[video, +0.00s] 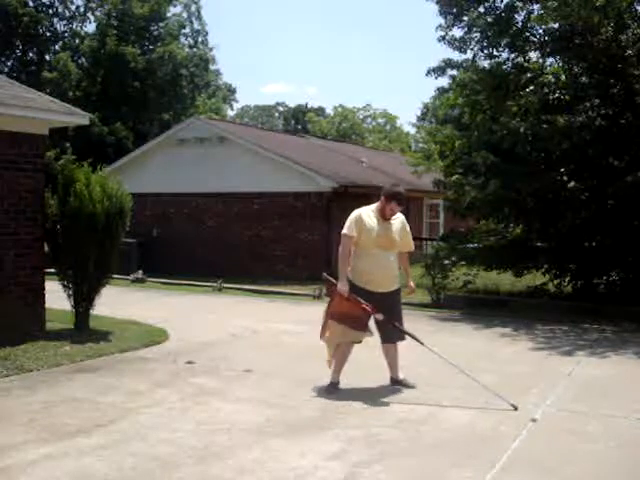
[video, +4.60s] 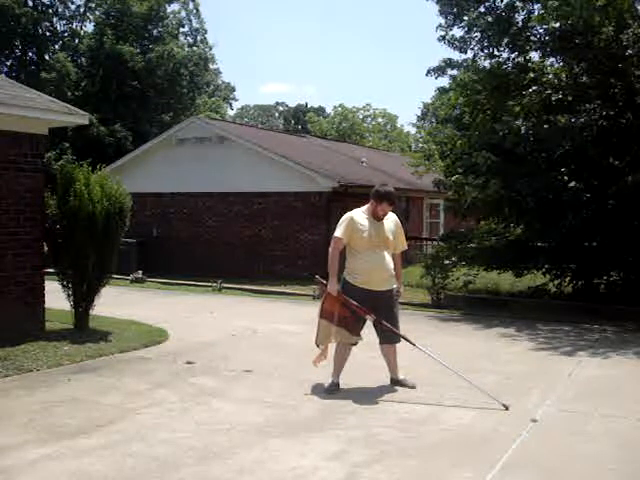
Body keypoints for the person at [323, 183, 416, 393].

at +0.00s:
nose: (394, 211)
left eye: (398, 208)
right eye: (392, 206)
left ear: (400, 207)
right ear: (383, 200)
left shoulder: (400, 222)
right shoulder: (360, 217)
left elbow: (403, 254)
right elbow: (345, 248)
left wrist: (409, 279)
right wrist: (342, 279)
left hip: (389, 291)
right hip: (359, 288)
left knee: (390, 337)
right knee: (348, 335)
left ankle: (395, 377)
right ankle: (334, 379)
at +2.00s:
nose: (384, 211)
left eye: (387, 207)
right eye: (381, 206)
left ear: (389, 205)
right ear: (372, 200)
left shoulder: (391, 219)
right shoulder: (351, 218)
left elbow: (395, 253)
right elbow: (339, 250)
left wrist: (395, 279)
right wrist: (335, 281)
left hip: (385, 289)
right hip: (355, 288)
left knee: (389, 336)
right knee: (347, 335)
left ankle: (395, 376)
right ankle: (334, 380)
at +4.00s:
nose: (384, 211)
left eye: (388, 208)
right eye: (381, 206)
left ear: (391, 206)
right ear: (371, 201)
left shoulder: (393, 220)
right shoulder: (352, 219)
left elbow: (397, 253)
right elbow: (334, 247)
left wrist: (399, 280)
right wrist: (333, 278)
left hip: (385, 290)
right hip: (355, 288)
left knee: (390, 337)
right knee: (346, 335)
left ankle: (395, 377)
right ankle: (334, 380)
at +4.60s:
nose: (385, 212)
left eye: (389, 209)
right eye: (383, 208)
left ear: (391, 207)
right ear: (373, 202)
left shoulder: (392, 221)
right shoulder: (352, 219)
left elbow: (397, 255)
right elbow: (335, 248)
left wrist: (398, 283)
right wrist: (332, 279)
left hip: (385, 289)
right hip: (356, 287)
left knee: (389, 337)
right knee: (347, 336)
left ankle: (395, 376)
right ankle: (335, 379)